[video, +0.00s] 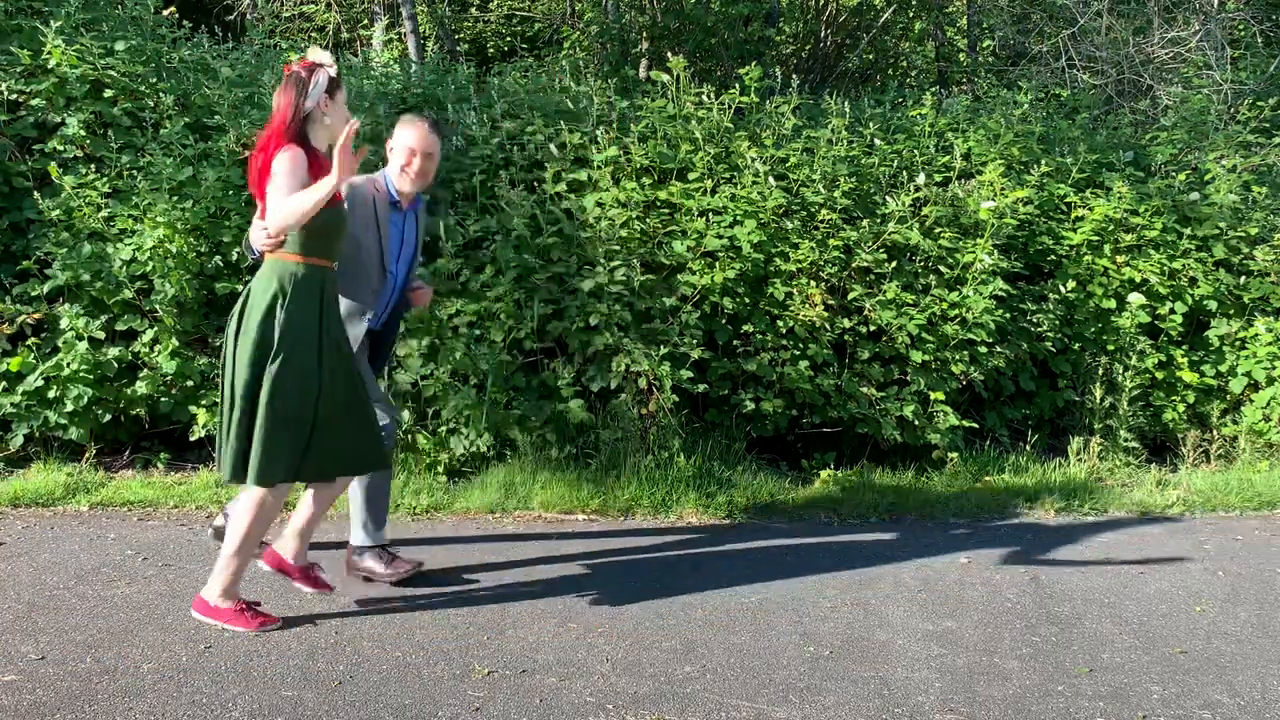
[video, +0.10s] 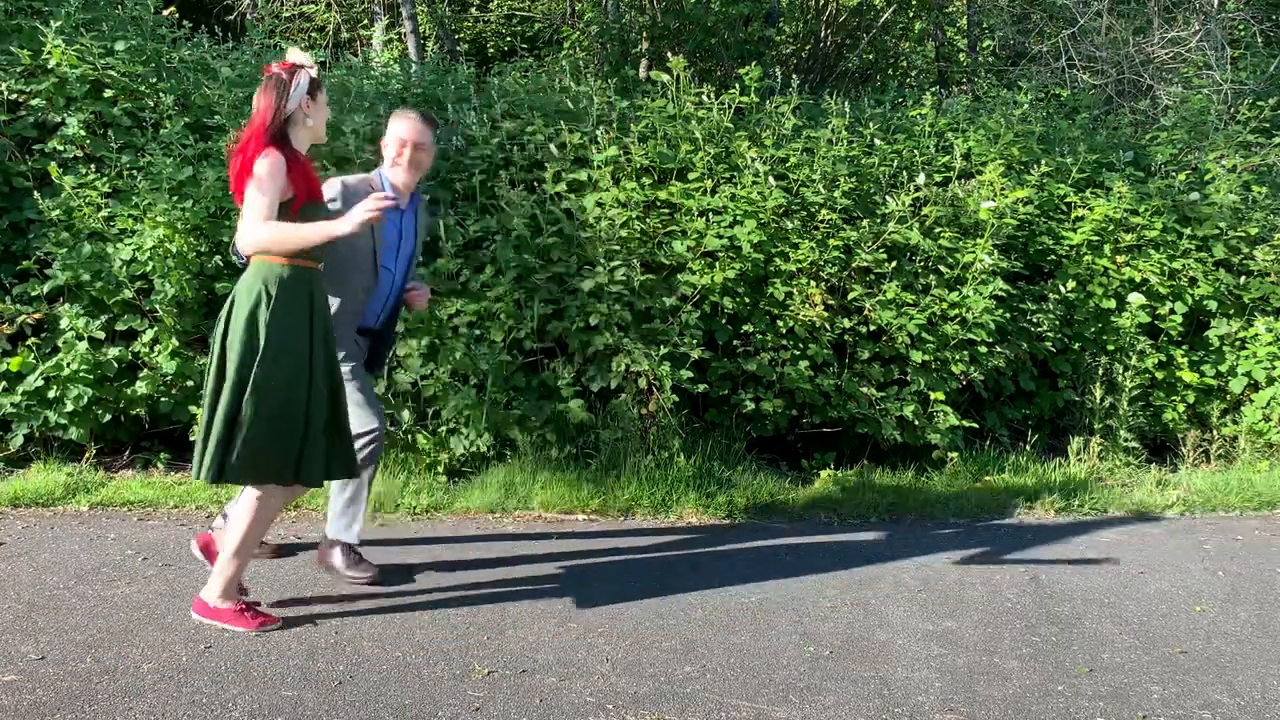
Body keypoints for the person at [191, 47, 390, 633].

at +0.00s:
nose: (348, 105)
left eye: (344, 95)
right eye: (341, 96)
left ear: (315, 103)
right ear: (319, 105)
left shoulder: (318, 160)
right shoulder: (289, 153)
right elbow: (279, 219)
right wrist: (335, 178)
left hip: (316, 312)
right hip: (284, 310)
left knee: (353, 445)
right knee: (277, 458)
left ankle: (290, 545)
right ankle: (217, 591)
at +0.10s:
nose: (328, 107)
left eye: (325, 97)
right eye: (322, 97)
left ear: (293, 106)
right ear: (302, 105)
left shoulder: (288, 163)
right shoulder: (270, 161)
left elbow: (271, 234)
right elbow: (252, 236)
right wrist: (339, 225)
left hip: (295, 300)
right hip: (273, 301)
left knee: (310, 452)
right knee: (283, 457)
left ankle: (224, 539)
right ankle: (219, 593)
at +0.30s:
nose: (307, 110)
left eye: (303, 100)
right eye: (300, 102)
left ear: (270, 111)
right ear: (279, 111)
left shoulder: (263, 166)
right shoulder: (253, 169)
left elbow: (248, 251)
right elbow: (235, 261)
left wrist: (304, 254)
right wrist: (316, 280)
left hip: (254, 322)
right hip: (255, 327)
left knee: (221, 458)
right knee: (308, 458)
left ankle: (152, 572)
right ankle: (247, 570)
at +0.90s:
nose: (337, 112)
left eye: (334, 103)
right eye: (328, 105)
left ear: (302, 116)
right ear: (301, 117)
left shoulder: (294, 167)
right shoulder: (288, 171)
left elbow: (311, 246)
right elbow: (293, 264)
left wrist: (373, 248)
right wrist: (368, 257)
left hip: (268, 313)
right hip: (275, 317)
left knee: (252, 443)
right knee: (342, 428)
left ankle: (183, 549)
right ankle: (333, 549)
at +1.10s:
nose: (374, 120)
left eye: (371, 111)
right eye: (363, 113)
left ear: (345, 126)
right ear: (336, 125)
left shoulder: (347, 180)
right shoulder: (319, 180)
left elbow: (348, 250)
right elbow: (308, 268)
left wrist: (398, 256)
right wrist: (381, 262)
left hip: (340, 320)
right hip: (325, 324)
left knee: (292, 444)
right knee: (350, 442)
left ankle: (208, 533)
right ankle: (337, 551)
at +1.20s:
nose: (404, 112)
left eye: (401, 104)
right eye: (392, 106)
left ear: (382, 117)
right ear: (364, 118)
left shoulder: (395, 177)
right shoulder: (345, 173)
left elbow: (401, 236)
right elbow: (316, 252)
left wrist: (412, 250)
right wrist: (384, 247)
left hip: (386, 312)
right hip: (352, 311)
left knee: (371, 433)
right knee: (360, 433)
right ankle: (336, 550)